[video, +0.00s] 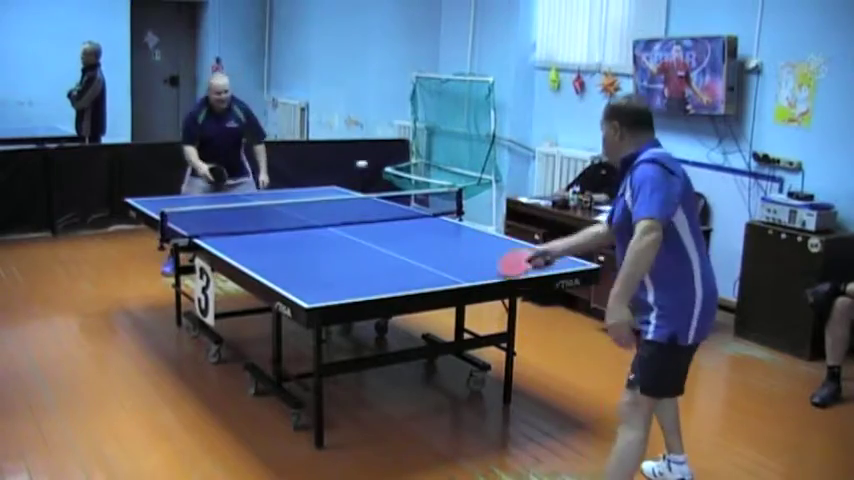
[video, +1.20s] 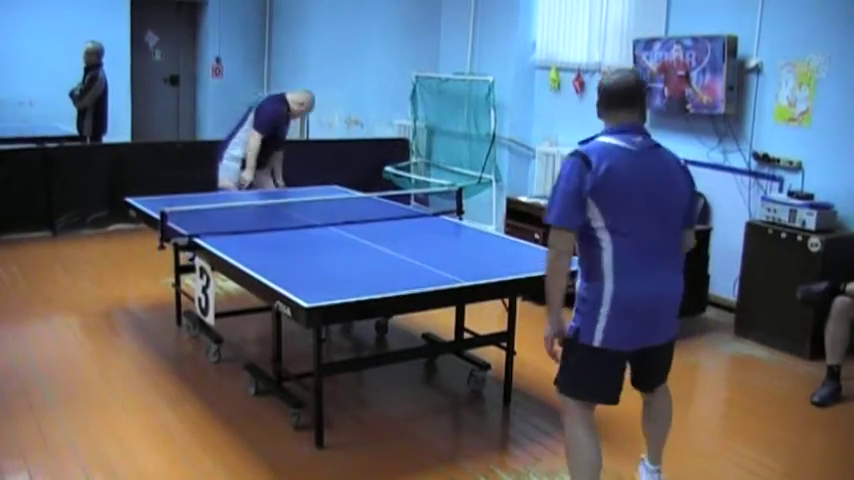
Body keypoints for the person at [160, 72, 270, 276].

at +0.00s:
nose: (221, 97)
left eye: (225, 92)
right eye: (216, 93)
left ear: (231, 92)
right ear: (208, 93)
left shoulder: (241, 111)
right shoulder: (196, 114)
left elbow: (258, 141)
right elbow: (188, 145)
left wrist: (263, 172)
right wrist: (200, 166)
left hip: (238, 175)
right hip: (203, 174)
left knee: (253, 214)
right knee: (185, 213)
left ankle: (258, 261)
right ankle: (174, 255)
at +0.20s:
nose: (232, 101)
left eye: (234, 96)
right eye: (227, 96)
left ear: (236, 96)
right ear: (214, 95)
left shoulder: (236, 111)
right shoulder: (199, 117)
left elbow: (250, 136)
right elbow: (198, 152)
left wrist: (271, 154)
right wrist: (230, 169)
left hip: (225, 168)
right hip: (196, 169)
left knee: (248, 203)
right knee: (187, 207)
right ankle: (174, 253)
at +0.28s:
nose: (245, 102)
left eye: (247, 98)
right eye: (242, 97)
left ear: (243, 96)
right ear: (228, 94)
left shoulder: (238, 111)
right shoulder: (209, 113)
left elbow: (252, 131)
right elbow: (207, 149)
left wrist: (282, 138)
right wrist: (236, 165)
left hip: (221, 166)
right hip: (194, 166)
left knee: (247, 199)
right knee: (189, 206)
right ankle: (171, 254)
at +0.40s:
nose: (261, 106)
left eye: (262, 103)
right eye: (260, 102)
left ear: (251, 97)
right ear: (250, 97)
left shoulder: (243, 111)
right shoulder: (228, 112)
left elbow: (240, 133)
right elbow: (220, 149)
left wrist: (260, 132)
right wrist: (242, 172)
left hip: (223, 164)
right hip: (199, 164)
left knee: (240, 205)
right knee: (190, 207)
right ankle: (167, 253)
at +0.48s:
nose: (272, 111)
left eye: (274, 107)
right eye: (272, 106)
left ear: (261, 97)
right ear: (265, 102)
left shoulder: (245, 109)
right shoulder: (240, 114)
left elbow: (245, 136)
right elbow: (229, 149)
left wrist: (260, 145)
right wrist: (242, 177)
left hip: (219, 166)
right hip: (201, 166)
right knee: (193, 209)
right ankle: (167, 253)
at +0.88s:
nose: (285, 123)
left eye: (289, 121)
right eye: (288, 119)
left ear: (283, 108)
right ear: (283, 110)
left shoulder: (266, 115)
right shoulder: (259, 111)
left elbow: (255, 150)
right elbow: (241, 143)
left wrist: (269, 169)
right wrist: (242, 176)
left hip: (235, 161)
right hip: (215, 161)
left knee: (253, 199)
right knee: (216, 205)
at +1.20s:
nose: (300, 116)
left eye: (304, 113)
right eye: (303, 112)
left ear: (300, 103)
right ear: (300, 104)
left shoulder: (285, 114)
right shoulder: (273, 107)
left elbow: (278, 151)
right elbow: (255, 137)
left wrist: (279, 178)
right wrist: (249, 170)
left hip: (259, 163)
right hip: (235, 160)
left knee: (272, 201)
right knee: (229, 204)